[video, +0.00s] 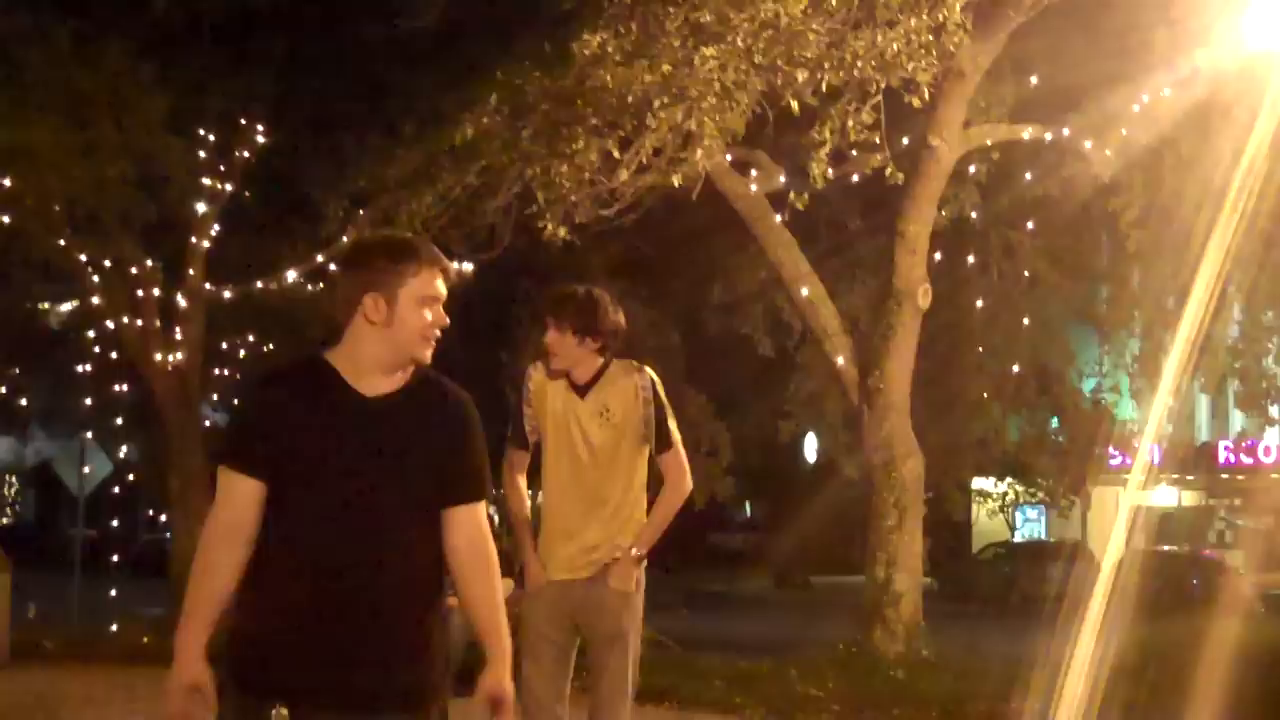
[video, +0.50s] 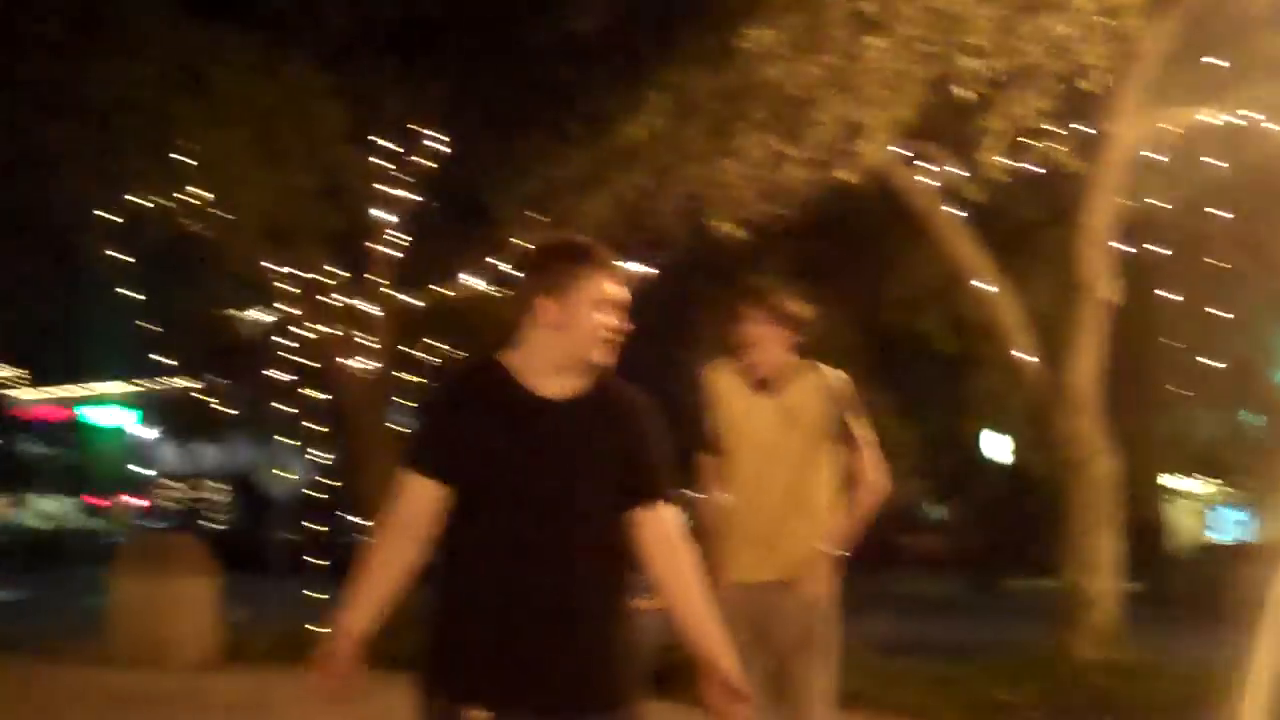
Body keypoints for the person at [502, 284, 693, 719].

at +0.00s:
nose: (547, 338)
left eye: (558, 330)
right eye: (548, 328)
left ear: (591, 341)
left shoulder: (639, 384)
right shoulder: (539, 383)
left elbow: (679, 481)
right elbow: (514, 471)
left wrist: (634, 556)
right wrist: (528, 557)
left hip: (614, 578)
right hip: (548, 578)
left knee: (611, 709)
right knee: (539, 707)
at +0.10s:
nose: (545, 337)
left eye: (556, 328)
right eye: (547, 326)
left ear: (591, 339)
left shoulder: (640, 384)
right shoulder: (538, 381)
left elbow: (684, 476)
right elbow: (516, 471)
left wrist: (640, 550)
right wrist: (531, 556)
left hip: (615, 580)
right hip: (548, 579)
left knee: (614, 709)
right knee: (544, 707)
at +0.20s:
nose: (569, 342)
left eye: (581, 332)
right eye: (571, 331)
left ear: (617, 344)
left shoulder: (665, 389)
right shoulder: (561, 385)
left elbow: (712, 477)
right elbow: (543, 476)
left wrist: (666, 546)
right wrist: (557, 562)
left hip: (641, 580)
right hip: (576, 580)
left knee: (640, 705)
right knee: (570, 705)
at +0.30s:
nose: (598, 336)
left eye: (610, 326)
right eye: (598, 325)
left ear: (643, 335)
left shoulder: (686, 384)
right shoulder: (584, 383)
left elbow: (737, 473)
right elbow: (569, 478)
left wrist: (690, 538)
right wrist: (582, 564)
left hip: (666, 576)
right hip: (600, 576)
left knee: (665, 705)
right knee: (597, 704)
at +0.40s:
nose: (671, 341)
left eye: (682, 330)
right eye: (668, 330)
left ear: (716, 333)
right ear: (662, 332)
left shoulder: (758, 384)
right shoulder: (647, 382)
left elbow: (811, 471)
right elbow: (639, 468)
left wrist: (762, 539)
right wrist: (642, 542)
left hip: (738, 576)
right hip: (663, 577)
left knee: (740, 701)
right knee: (666, 700)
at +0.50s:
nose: (747, 356)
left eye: (756, 344)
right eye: (741, 345)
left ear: (789, 336)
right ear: (734, 341)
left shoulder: (830, 386)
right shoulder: (717, 383)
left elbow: (875, 479)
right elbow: (708, 475)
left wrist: (832, 548)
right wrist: (714, 554)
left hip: (807, 579)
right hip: (733, 579)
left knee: (811, 706)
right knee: (737, 704)